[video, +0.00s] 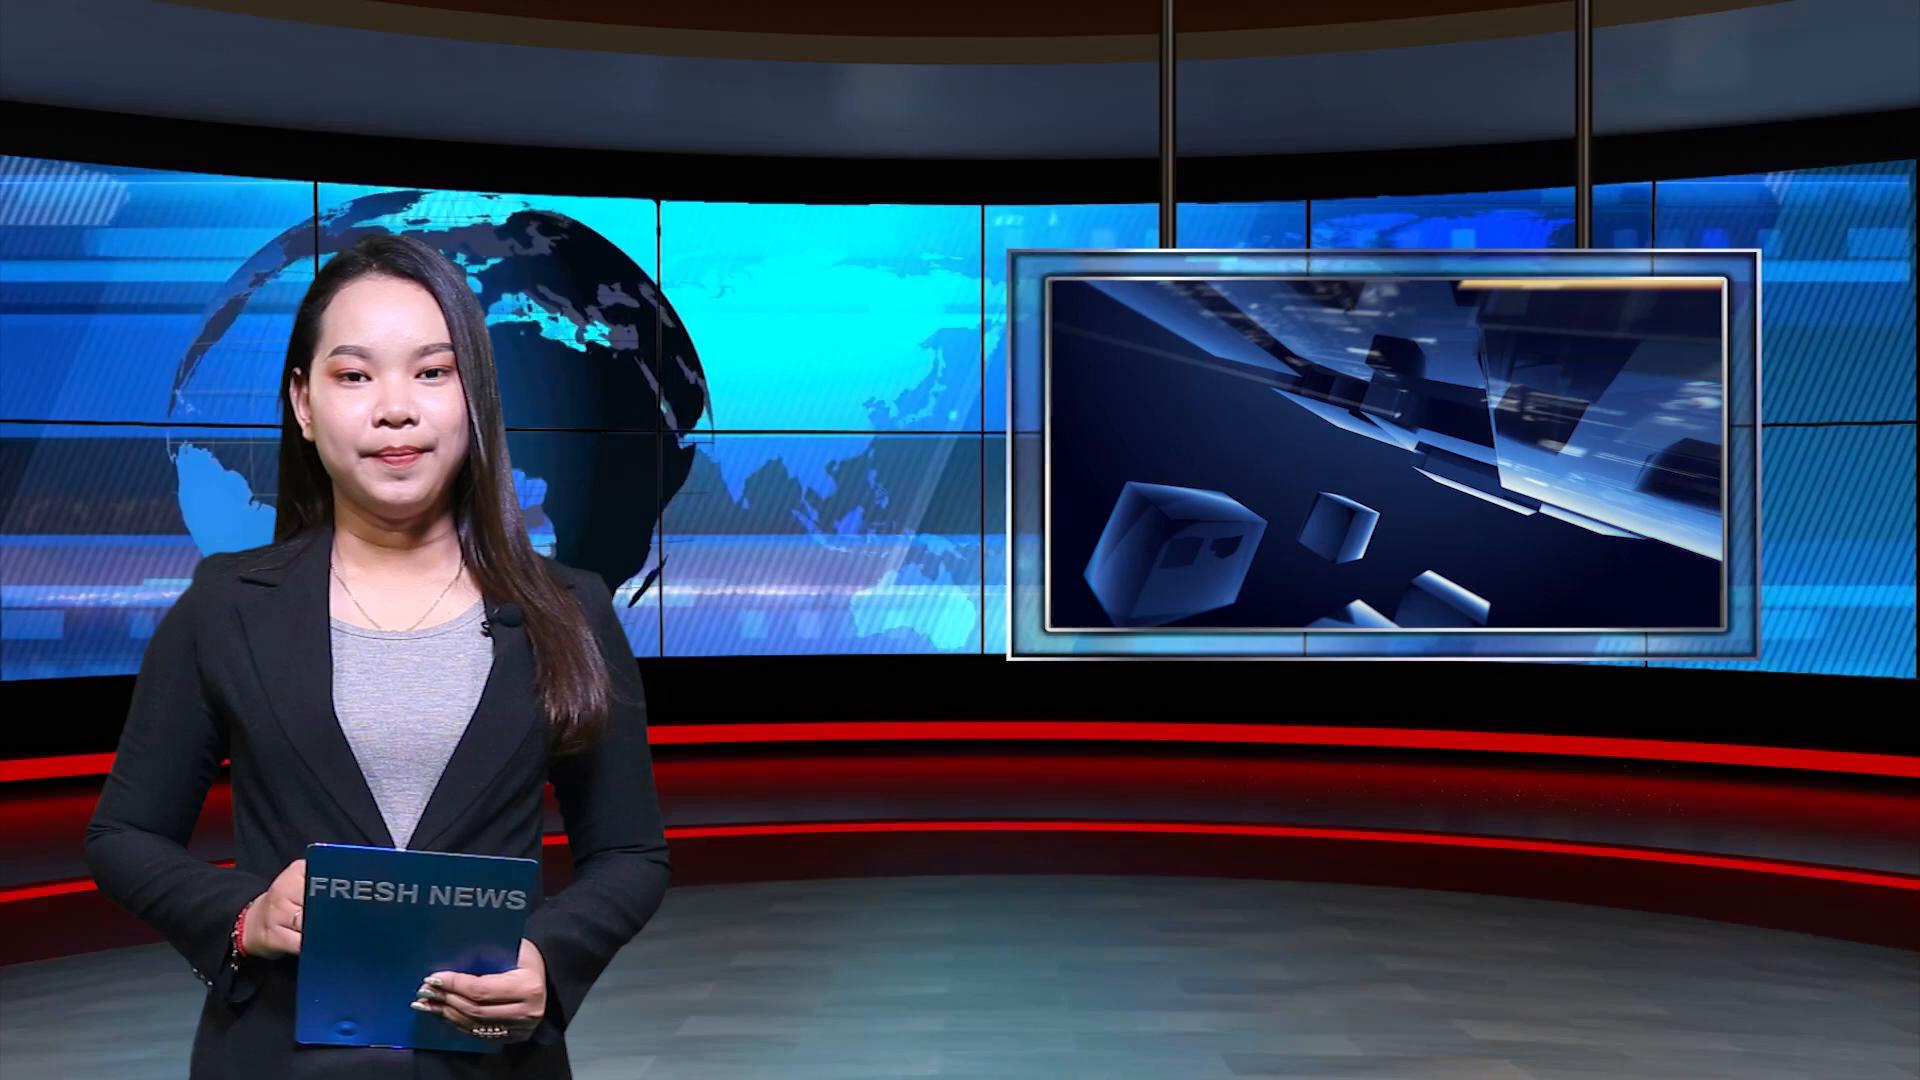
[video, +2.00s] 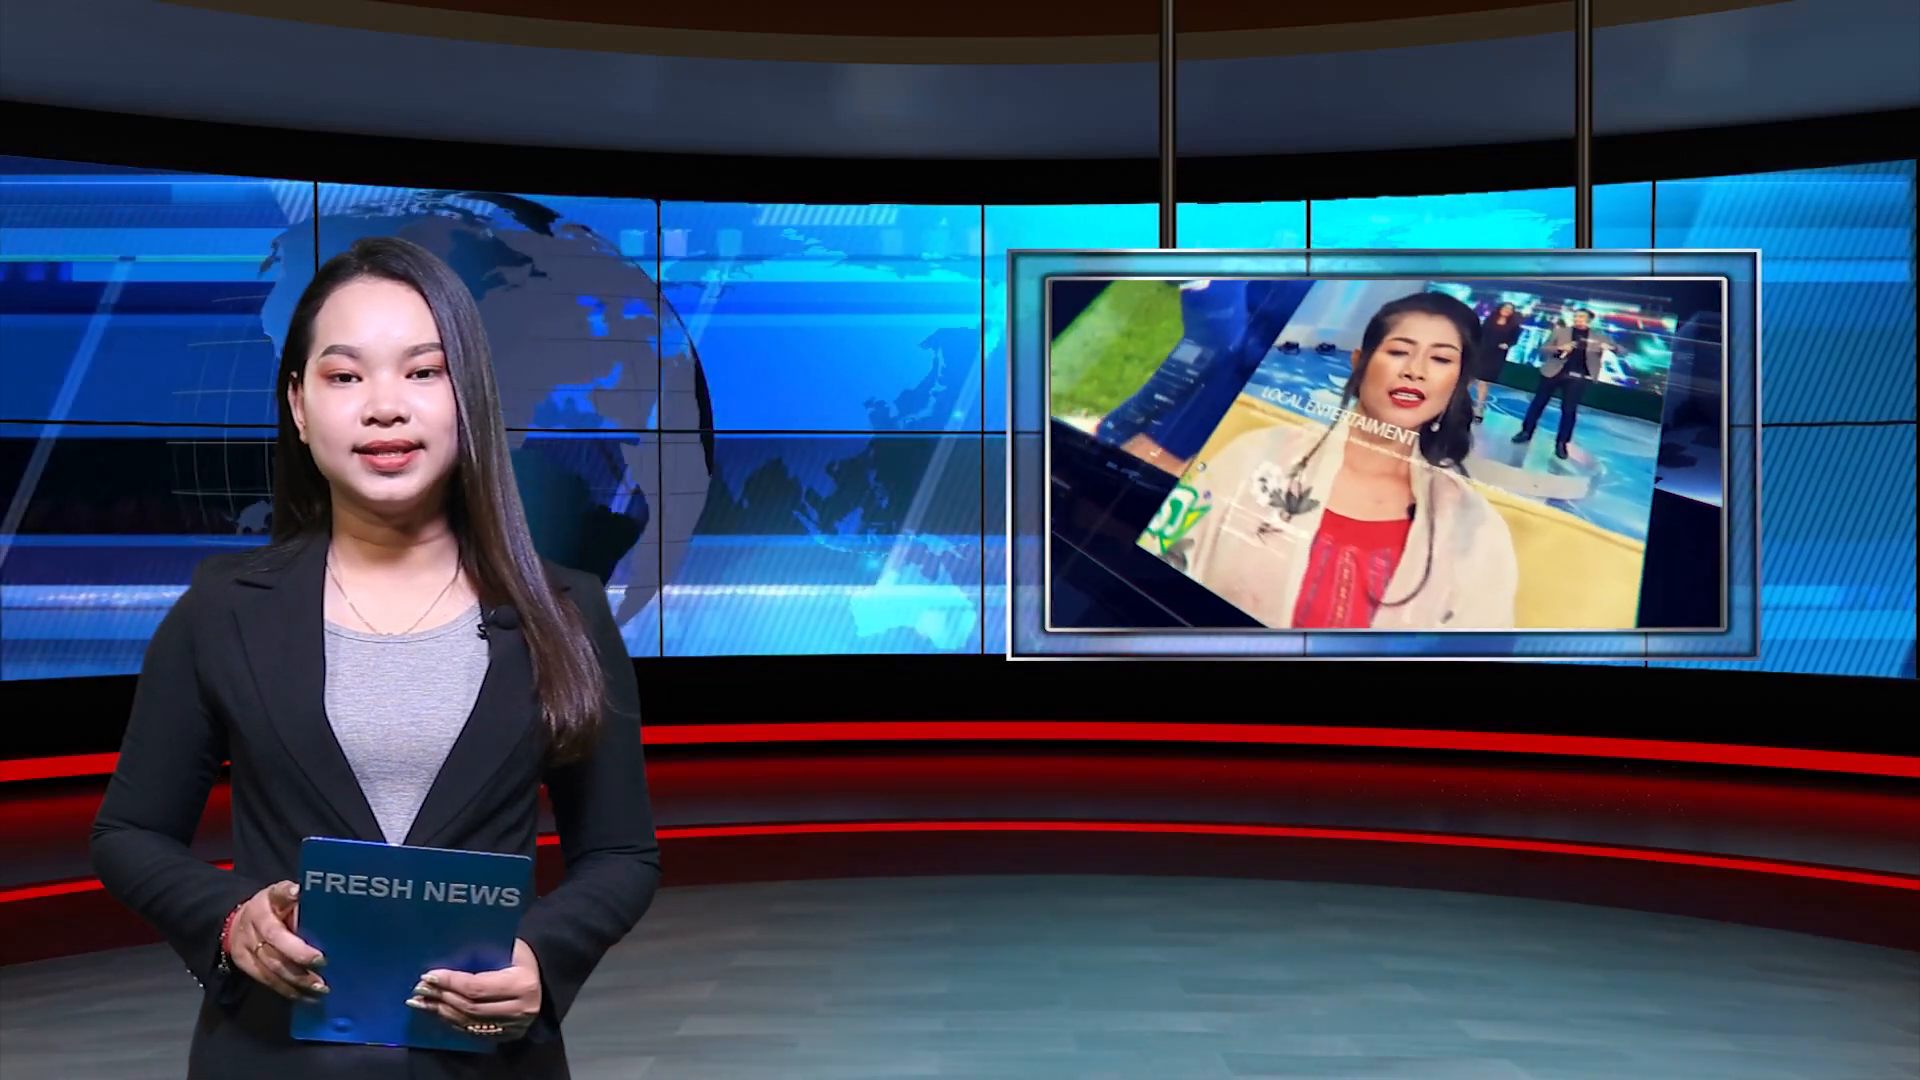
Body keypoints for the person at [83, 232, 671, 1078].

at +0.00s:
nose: (395, 408)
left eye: (430, 371)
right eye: (353, 374)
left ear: (474, 398)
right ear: (303, 404)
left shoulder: (566, 611)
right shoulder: (226, 607)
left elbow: (630, 855)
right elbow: (124, 837)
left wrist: (545, 962)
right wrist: (244, 912)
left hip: (493, 1049)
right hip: (277, 1051)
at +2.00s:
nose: (387, 405)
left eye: (422, 370)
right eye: (344, 374)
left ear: (469, 395)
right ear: (298, 407)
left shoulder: (561, 612)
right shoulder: (224, 612)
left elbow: (620, 854)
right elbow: (130, 835)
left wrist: (539, 960)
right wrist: (227, 915)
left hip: (489, 1051)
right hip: (275, 1054)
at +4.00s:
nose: (401, 414)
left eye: (433, 376)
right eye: (358, 378)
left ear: (470, 405)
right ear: (303, 409)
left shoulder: (560, 614)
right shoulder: (225, 613)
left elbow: (617, 855)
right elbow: (129, 838)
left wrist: (546, 958)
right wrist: (231, 916)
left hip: (492, 1050)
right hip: (279, 1052)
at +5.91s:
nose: (387, 409)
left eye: (426, 373)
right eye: (347, 376)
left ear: (477, 396)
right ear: (308, 408)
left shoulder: (568, 616)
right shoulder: (236, 611)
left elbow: (625, 857)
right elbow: (134, 838)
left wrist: (555, 961)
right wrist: (239, 916)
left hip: (497, 1052)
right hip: (282, 1053)